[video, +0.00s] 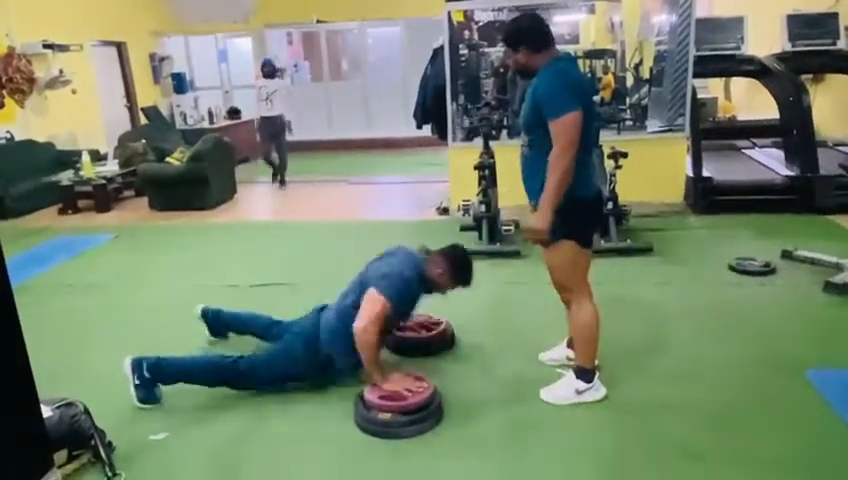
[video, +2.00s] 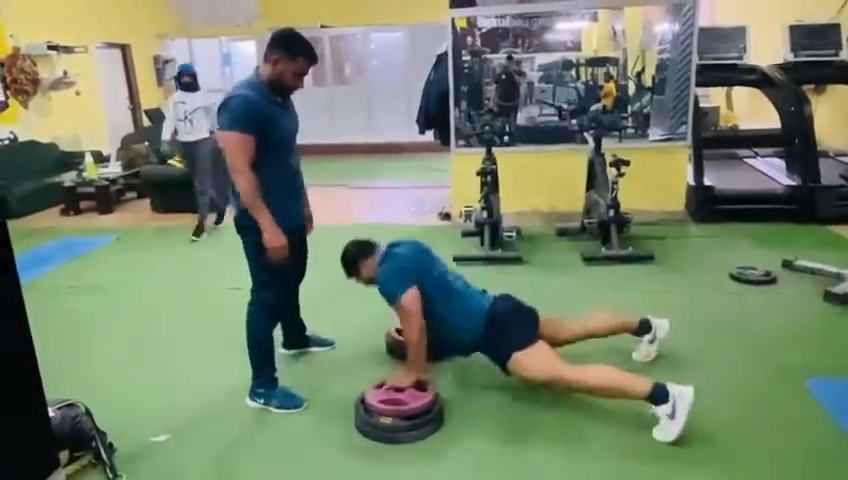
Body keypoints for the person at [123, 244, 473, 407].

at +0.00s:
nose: (447, 290)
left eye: (452, 287)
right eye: (449, 285)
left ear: (442, 259)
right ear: (441, 271)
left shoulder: (410, 258)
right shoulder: (401, 276)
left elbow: (372, 298)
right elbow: (365, 325)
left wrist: (398, 322)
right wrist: (380, 376)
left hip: (323, 320)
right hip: (319, 348)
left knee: (277, 329)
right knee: (241, 371)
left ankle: (218, 318)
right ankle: (148, 369)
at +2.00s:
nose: (302, 82)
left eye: (305, 75)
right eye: (299, 73)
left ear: (281, 64)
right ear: (274, 61)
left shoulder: (279, 99)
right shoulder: (242, 104)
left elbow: (287, 159)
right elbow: (240, 174)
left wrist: (303, 204)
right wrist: (268, 226)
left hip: (288, 212)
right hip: (260, 218)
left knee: (291, 278)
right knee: (266, 297)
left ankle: (294, 336)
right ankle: (262, 385)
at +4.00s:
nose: (473, 374)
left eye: (481, 372)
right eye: (478, 370)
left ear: (478, 341)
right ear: (473, 352)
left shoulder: (450, 309)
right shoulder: (441, 330)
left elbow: (409, 284)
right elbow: (387, 328)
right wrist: (391, 378)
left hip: (349, 304)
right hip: (336, 326)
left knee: (307, 322)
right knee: (266, 372)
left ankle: (244, 313)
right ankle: (170, 367)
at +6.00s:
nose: (300, 77)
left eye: (303, 69)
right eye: (297, 68)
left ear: (279, 61)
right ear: (271, 57)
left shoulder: (281, 95)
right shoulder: (243, 101)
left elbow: (296, 147)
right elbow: (248, 169)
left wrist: (332, 181)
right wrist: (284, 217)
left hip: (293, 208)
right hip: (263, 214)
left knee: (297, 278)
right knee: (272, 294)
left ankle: (303, 334)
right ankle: (270, 382)